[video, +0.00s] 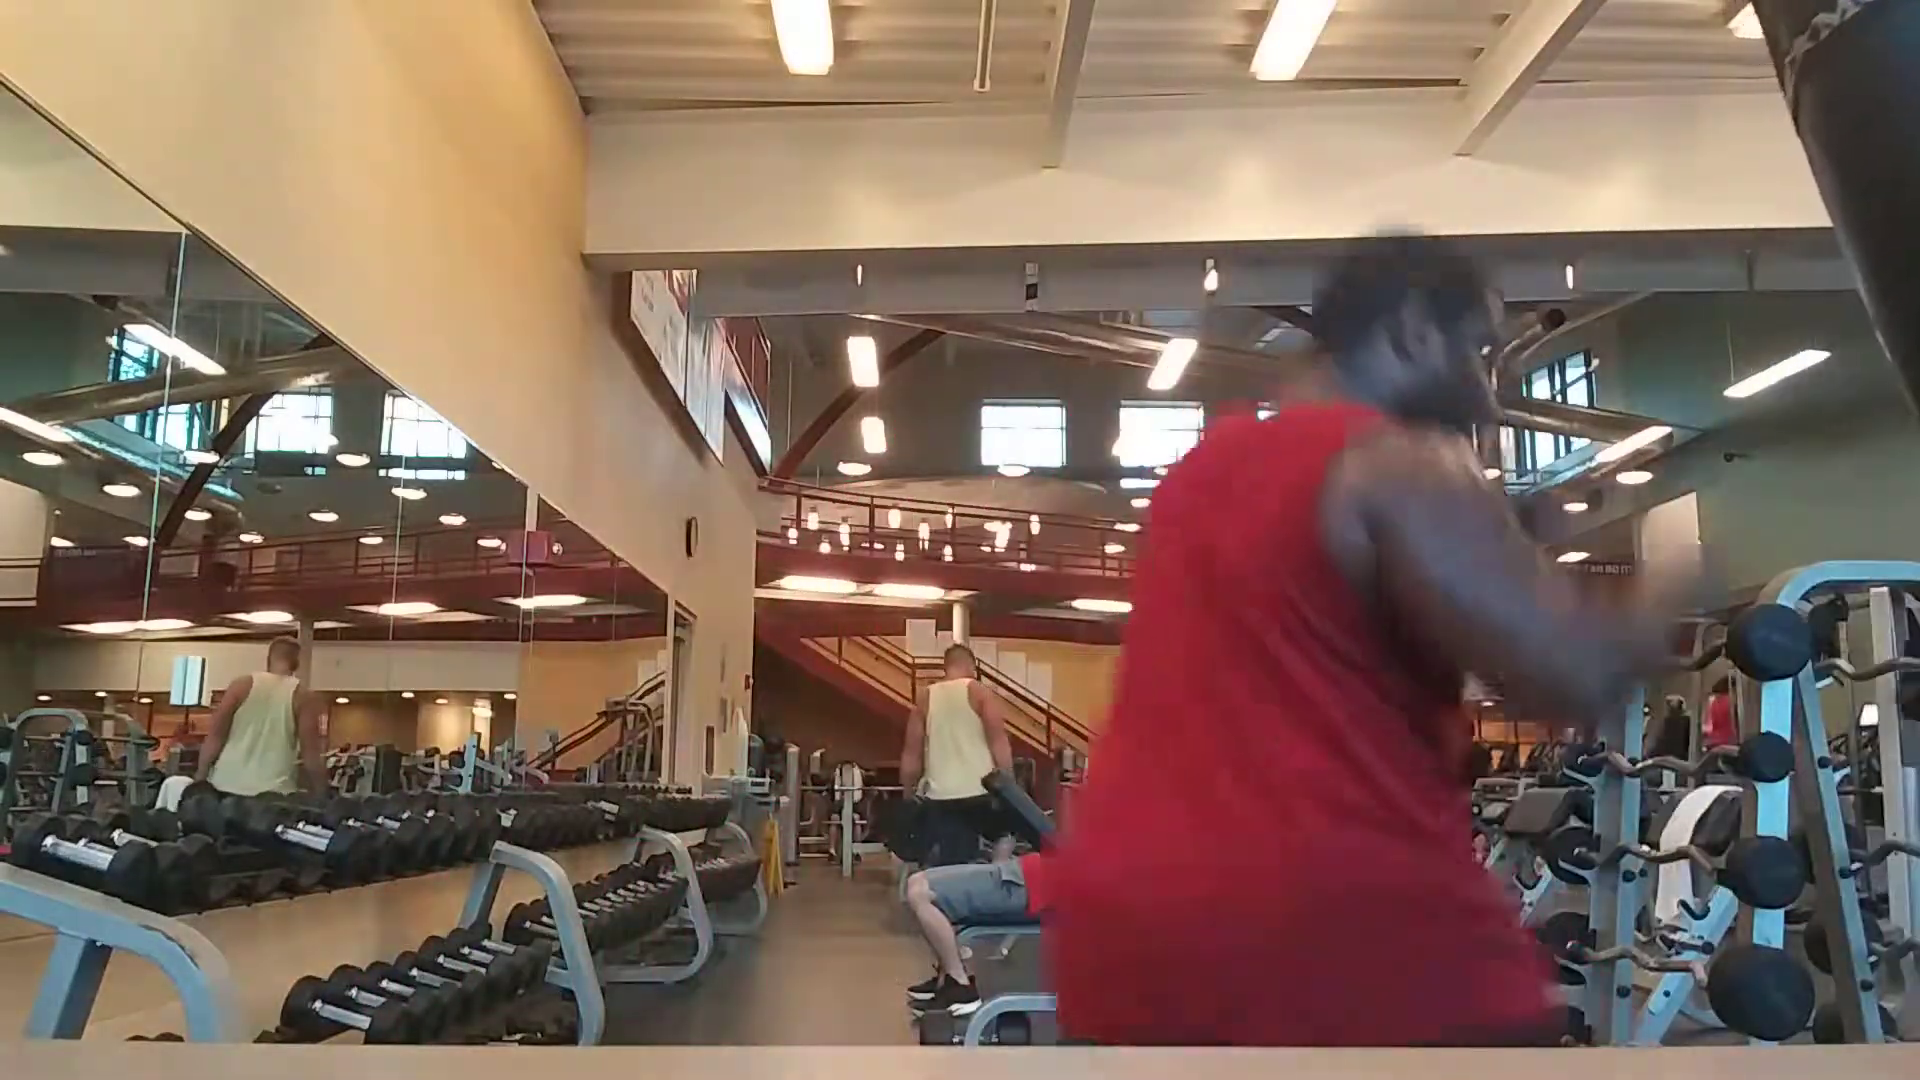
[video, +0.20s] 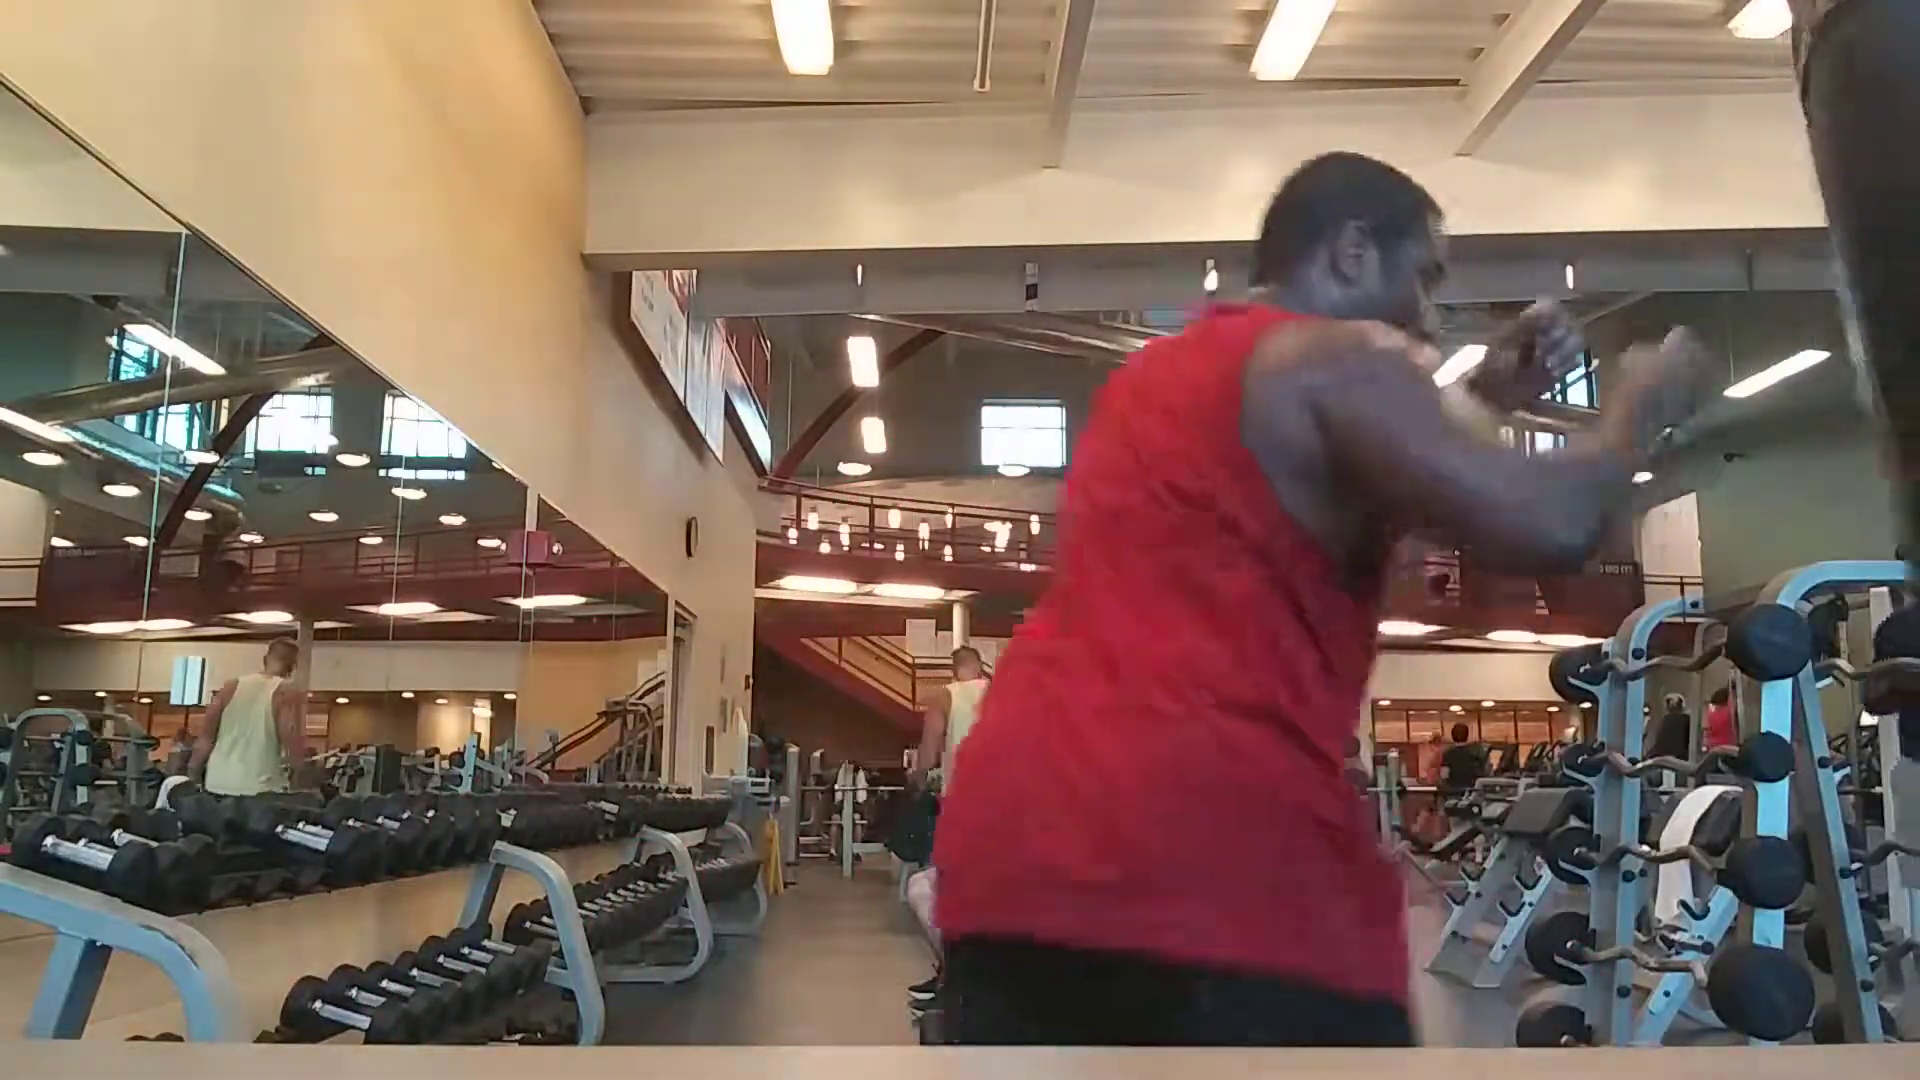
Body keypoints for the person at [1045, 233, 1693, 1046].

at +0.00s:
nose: (1489, 389)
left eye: (1492, 357)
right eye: (1481, 351)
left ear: (1328, 341)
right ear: (1411, 334)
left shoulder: (1199, 468)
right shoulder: (1395, 462)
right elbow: (1568, 672)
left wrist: (1509, 533)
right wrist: (1659, 598)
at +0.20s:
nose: (1427, 321)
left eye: (1432, 290)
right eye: (1423, 283)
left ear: (1284, 259)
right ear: (1350, 252)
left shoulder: (1144, 377)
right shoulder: (1332, 360)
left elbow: (1310, 470)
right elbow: (1552, 524)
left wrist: (1479, 394)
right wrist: (1639, 406)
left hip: (1007, 866)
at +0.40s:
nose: (1315, 352)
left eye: (1319, 323)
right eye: (1310, 316)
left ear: (1205, 298)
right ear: (1237, 297)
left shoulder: (1040, 414)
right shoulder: (1191, 409)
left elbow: (1144, 553)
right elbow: (1407, 573)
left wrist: (1327, 502)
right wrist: (1497, 487)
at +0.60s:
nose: (1104, 344)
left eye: (1105, 319)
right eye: (1095, 311)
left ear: (964, 290)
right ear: (1034, 286)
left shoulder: (811, 407)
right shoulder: (1011, 418)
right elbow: (1269, 531)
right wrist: (1511, 476)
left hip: (659, 872)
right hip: (852, 886)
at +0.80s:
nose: (975, 313)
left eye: (980, 290)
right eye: (969, 283)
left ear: (839, 262)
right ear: (895, 255)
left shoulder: (678, 379)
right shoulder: (897, 387)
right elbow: (1134, 515)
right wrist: (1348, 496)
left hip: (578, 880)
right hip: (785, 865)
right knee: (964, 1073)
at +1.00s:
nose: (970, 348)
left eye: (975, 322)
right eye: (967, 315)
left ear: (830, 283)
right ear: (900, 287)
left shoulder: (652, 401)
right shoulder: (877, 424)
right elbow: (1135, 546)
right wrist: (1291, 488)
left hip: (538, 895)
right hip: (751, 894)